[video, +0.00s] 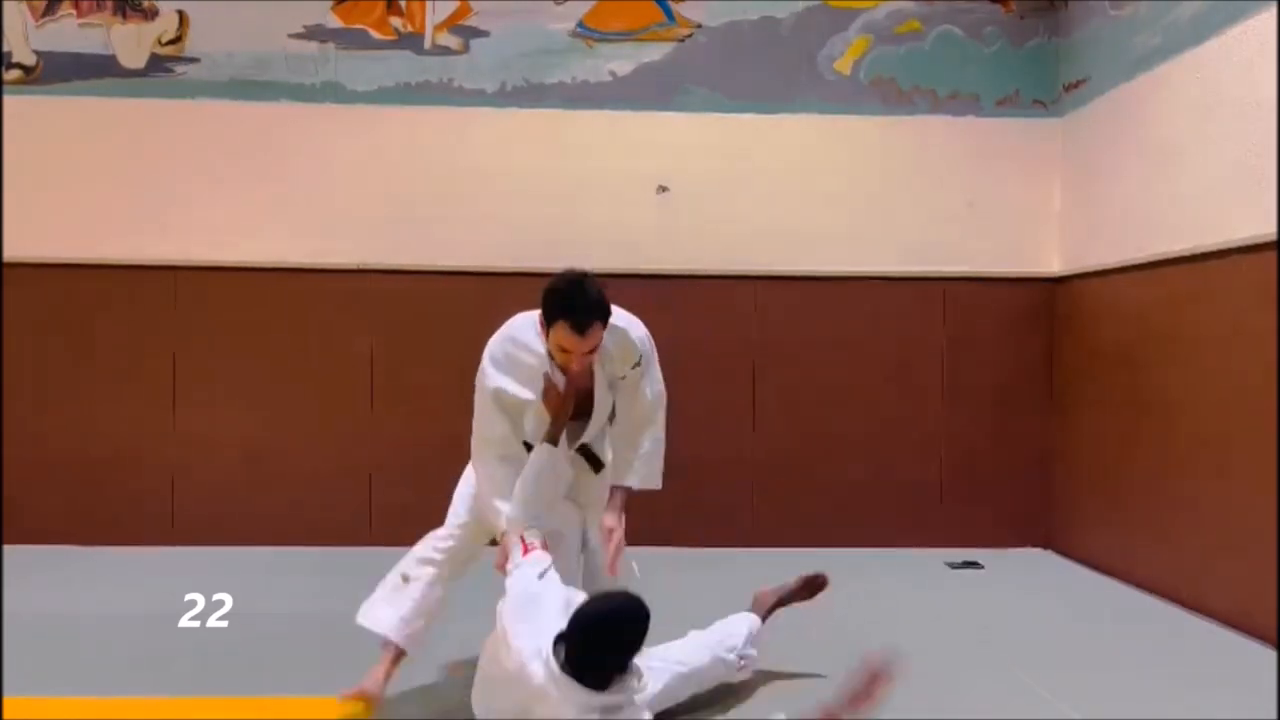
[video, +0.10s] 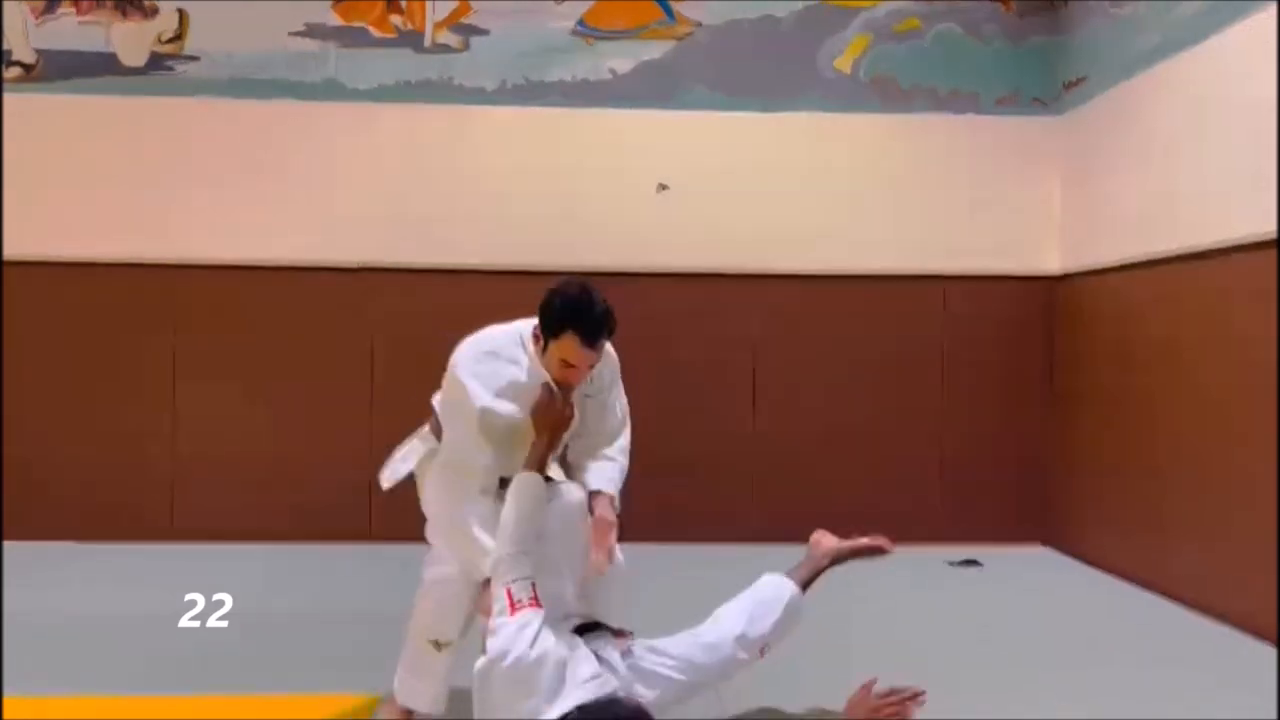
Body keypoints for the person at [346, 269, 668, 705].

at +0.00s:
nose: (578, 362)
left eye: (589, 352)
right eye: (566, 352)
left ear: (603, 329)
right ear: (545, 329)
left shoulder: (629, 341)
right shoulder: (509, 351)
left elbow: (638, 422)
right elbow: (495, 448)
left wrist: (617, 502)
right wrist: (507, 531)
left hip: (584, 466)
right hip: (516, 461)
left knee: (600, 563)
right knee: (453, 544)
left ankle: (602, 664)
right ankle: (381, 672)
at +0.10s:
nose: (579, 378)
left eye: (590, 366)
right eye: (567, 364)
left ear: (602, 351)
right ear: (539, 340)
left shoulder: (600, 360)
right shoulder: (481, 368)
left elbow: (607, 437)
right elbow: (463, 484)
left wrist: (603, 498)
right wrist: (487, 574)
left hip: (532, 477)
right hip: (460, 479)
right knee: (456, 573)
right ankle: (411, 701)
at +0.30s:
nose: (522, 354)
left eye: (536, 338)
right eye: (509, 336)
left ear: (550, 320)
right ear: (477, 304)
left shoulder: (541, 325)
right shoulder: (407, 359)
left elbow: (551, 396)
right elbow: (407, 488)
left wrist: (535, 468)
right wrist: (441, 598)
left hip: (504, 484)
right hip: (432, 490)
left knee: (569, 560)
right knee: (436, 618)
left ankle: (539, 681)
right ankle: (420, 707)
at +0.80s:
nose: (514, 323)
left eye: (526, 305)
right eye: (497, 308)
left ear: (537, 282)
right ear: (460, 282)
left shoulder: (541, 292)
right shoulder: (396, 343)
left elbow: (557, 358)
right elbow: (380, 471)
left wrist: (549, 440)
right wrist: (409, 579)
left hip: (511, 455)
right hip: (424, 467)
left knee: (557, 586)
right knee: (435, 623)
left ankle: (550, 702)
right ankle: (424, 708)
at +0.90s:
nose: (558, 261)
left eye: (569, 247)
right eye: (546, 245)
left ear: (579, 232)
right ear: (509, 228)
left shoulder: (569, 280)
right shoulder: (449, 284)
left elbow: (597, 346)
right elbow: (373, 381)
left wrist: (618, 404)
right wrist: (382, 484)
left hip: (530, 457)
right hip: (455, 455)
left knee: (585, 579)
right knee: (448, 605)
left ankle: (568, 703)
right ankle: (418, 712)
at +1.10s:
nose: (565, 238)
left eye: (571, 229)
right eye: (563, 225)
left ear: (545, 214)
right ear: (536, 208)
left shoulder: (541, 266)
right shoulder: (486, 239)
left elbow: (566, 310)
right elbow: (517, 286)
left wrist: (625, 288)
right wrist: (600, 278)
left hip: (504, 391)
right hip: (456, 383)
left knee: (518, 512)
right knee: (428, 510)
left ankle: (516, 628)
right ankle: (386, 631)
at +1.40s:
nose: (568, 243)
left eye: (573, 236)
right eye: (566, 233)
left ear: (554, 219)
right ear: (545, 213)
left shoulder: (549, 259)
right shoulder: (489, 239)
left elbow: (591, 303)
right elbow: (513, 291)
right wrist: (594, 267)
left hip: (503, 393)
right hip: (454, 385)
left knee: (519, 513)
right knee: (432, 512)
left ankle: (517, 628)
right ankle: (388, 633)